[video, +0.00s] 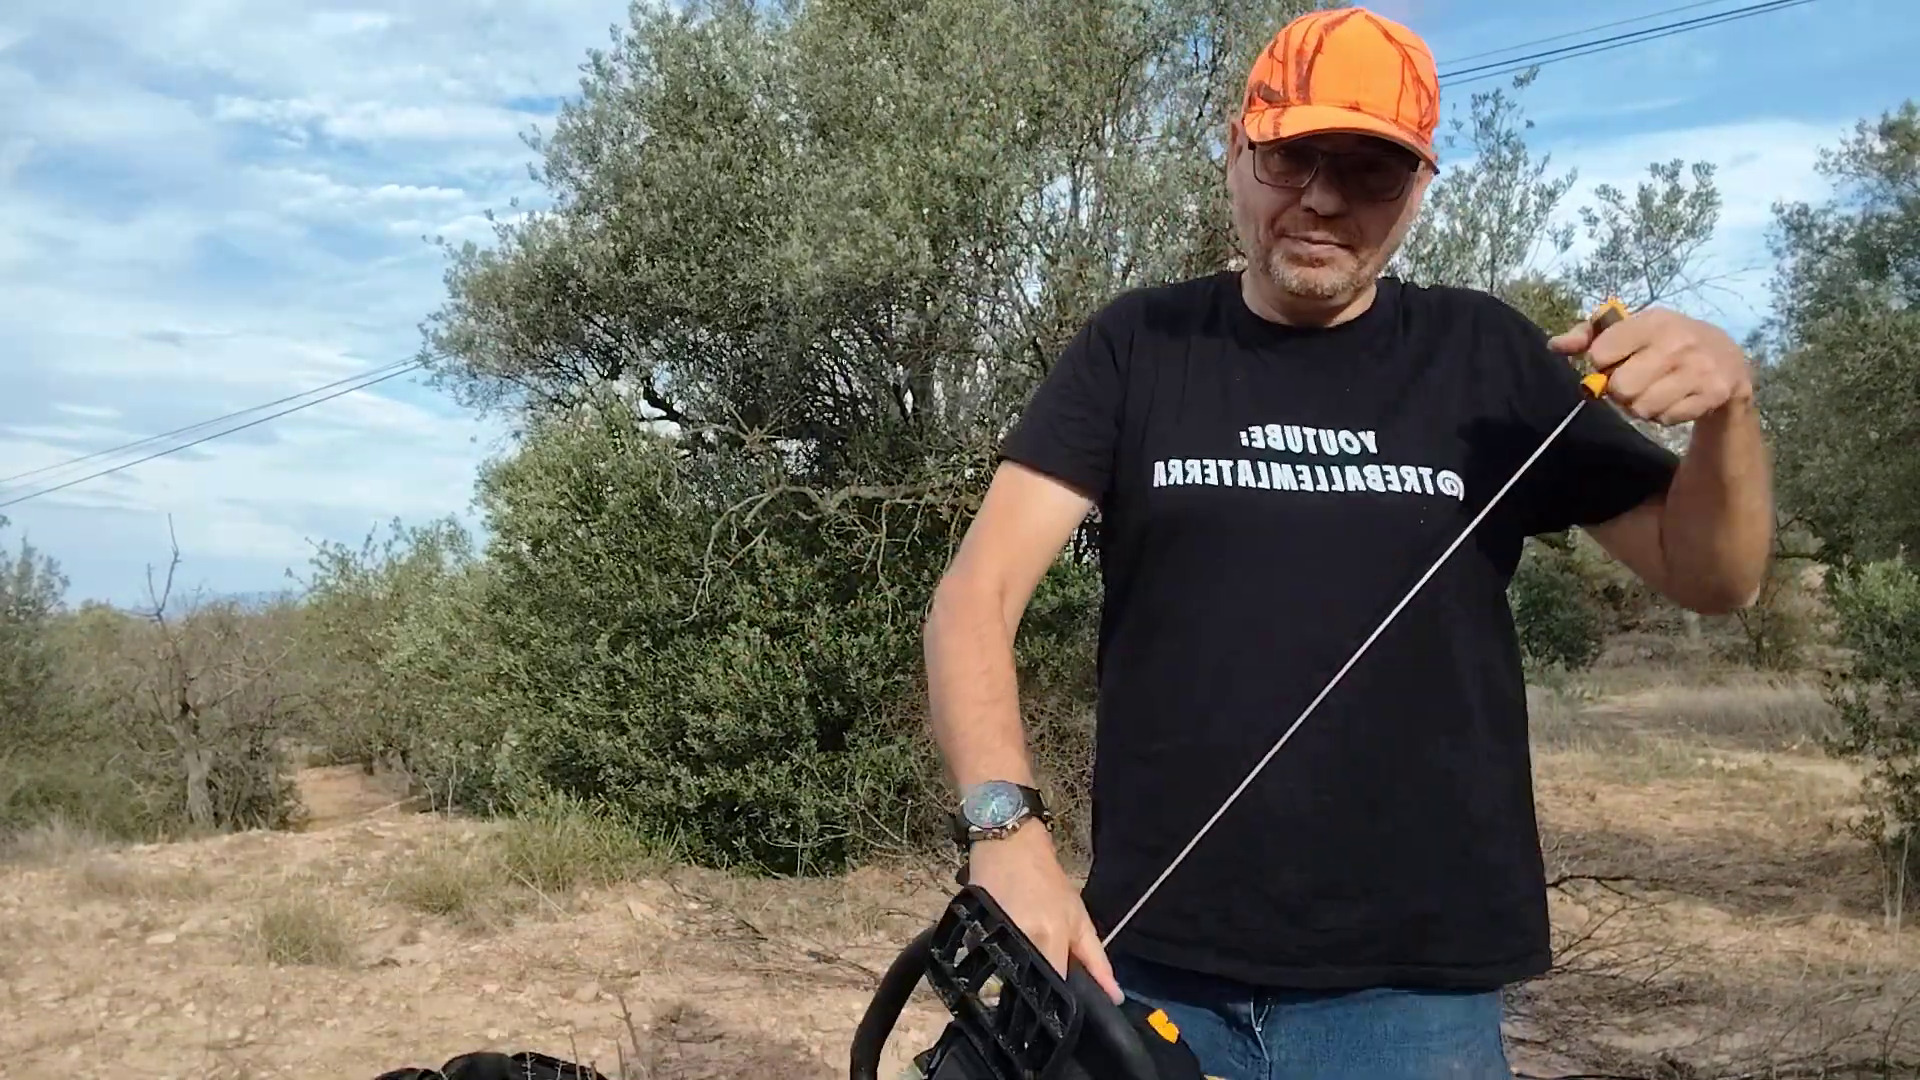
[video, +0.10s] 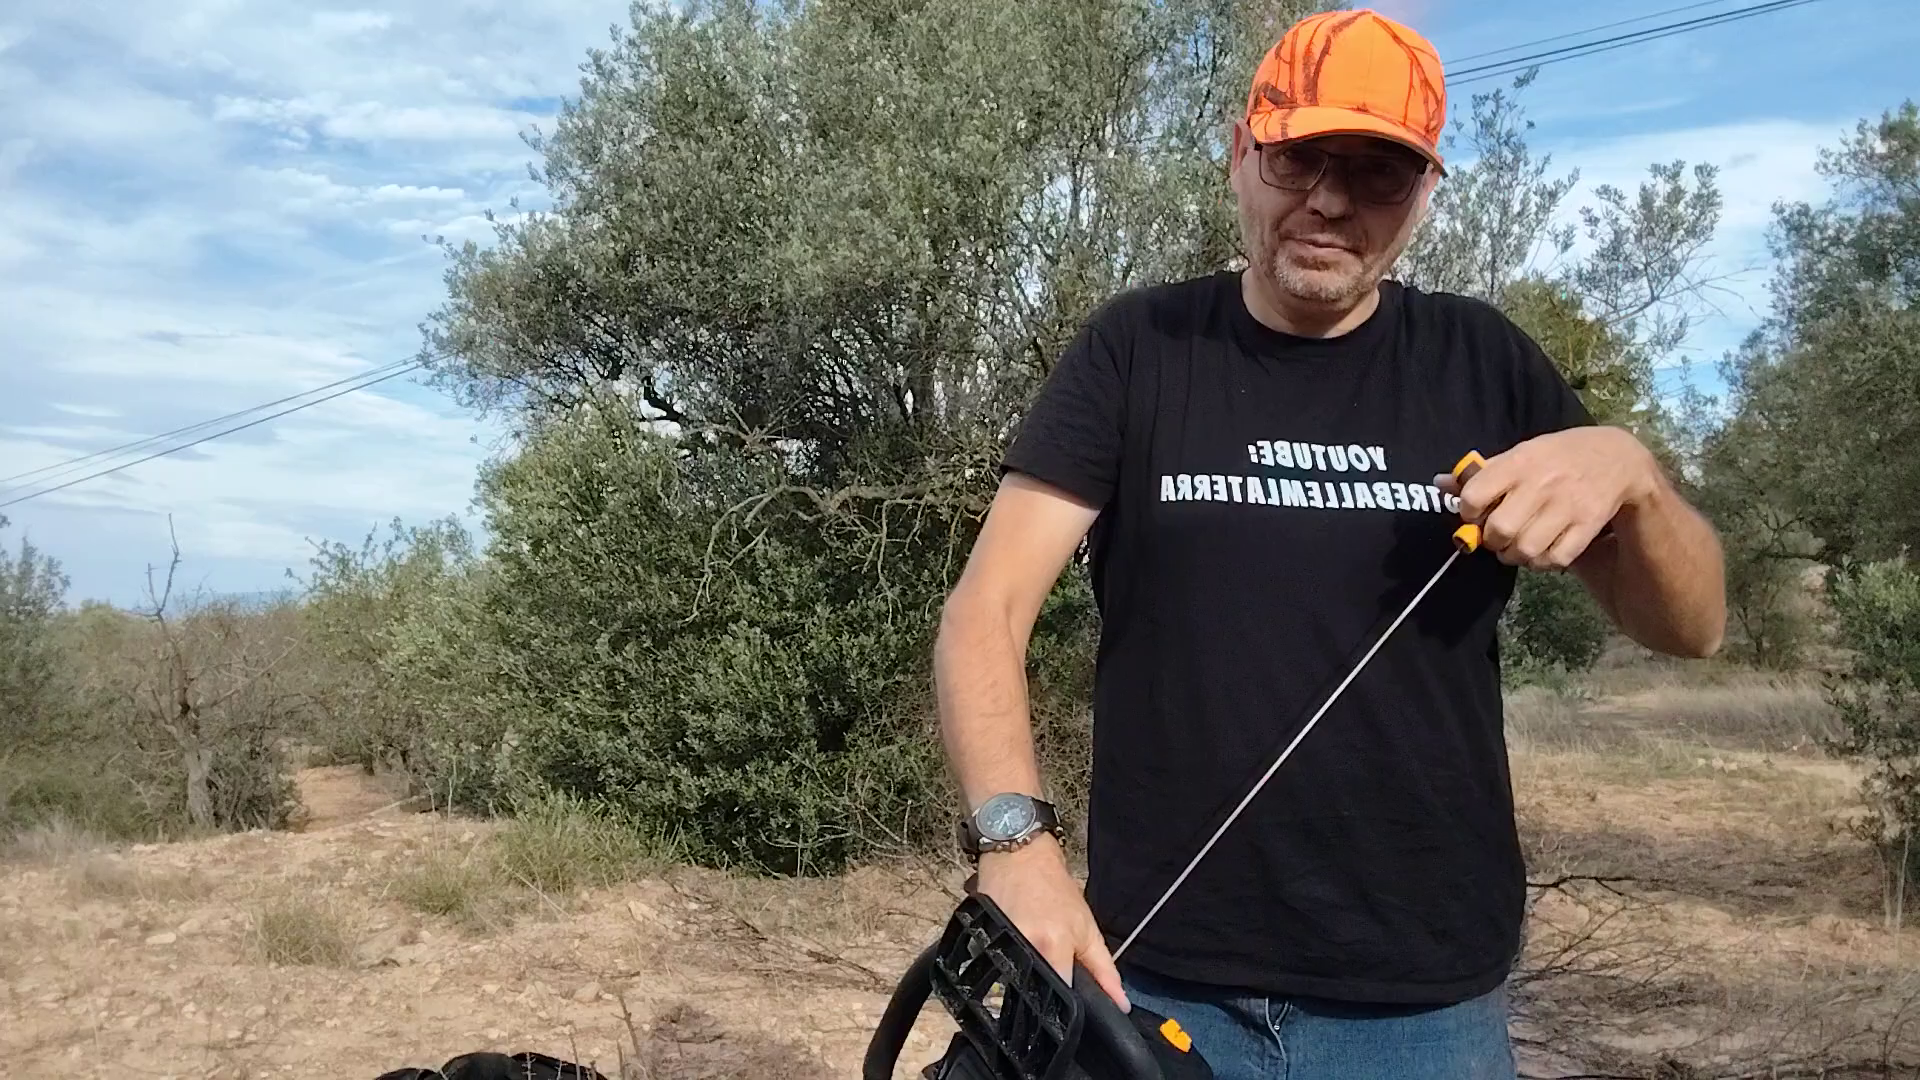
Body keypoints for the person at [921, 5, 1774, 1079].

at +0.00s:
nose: (1326, 199)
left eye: (1371, 169)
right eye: (1297, 158)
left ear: (1420, 188)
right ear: (1237, 157)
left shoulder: (1485, 353)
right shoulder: (1136, 347)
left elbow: (1709, 577)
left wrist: (1728, 399)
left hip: (1414, 998)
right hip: (1147, 985)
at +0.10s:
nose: (1331, 206)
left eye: (1376, 175)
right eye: (1303, 164)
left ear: (1424, 193)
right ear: (1242, 156)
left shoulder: (1485, 362)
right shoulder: (1136, 349)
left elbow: (1688, 627)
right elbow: (985, 616)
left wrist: (1635, 469)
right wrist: (1014, 842)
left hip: (1428, 1010)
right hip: (1158, 999)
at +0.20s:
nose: (1334, 207)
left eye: (1379, 175)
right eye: (1303, 163)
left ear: (1429, 193)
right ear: (1244, 160)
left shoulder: (1483, 367)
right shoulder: (1139, 345)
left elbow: (1638, 667)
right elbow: (987, 607)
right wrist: (1006, 833)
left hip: (1425, 1014)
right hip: (1159, 1000)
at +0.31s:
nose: (1337, 203)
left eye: (1383, 172)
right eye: (1305, 160)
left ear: (1432, 194)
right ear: (1243, 158)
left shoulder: (1484, 372)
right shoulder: (1141, 341)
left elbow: (1584, 680)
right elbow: (987, 606)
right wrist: (1013, 802)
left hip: (1418, 1016)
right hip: (1150, 996)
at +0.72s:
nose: (1300, 187)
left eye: (1346, 159)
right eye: (1270, 146)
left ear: (1398, 187)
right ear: (1215, 150)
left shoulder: (1456, 389)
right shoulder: (1104, 334)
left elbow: (1540, 712)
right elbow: (926, 573)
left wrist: (1319, 874)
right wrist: (1012, 637)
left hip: (1356, 1011)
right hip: (1088, 997)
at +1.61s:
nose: (1341, 171)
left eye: (1387, 135)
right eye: (1303, 128)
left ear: (1439, 156)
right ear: (1238, 138)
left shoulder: (1534, 390)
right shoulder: (1121, 344)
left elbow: (1667, 750)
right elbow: (969, 667)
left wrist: (1407, 924)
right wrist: (1065, 586)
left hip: (1448, 1047)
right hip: (1132, 1021)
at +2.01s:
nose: (1472, 131)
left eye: (1527, 92)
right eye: (1431, 84)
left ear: (1580, 117)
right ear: (1360, 97)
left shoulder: (1689, 368)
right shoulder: (1238, 327)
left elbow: (1840, 768)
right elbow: (1104, 656)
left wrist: (1540, 955)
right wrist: (1200, 584)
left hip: (1582, 1049)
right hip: (1239, 1014)